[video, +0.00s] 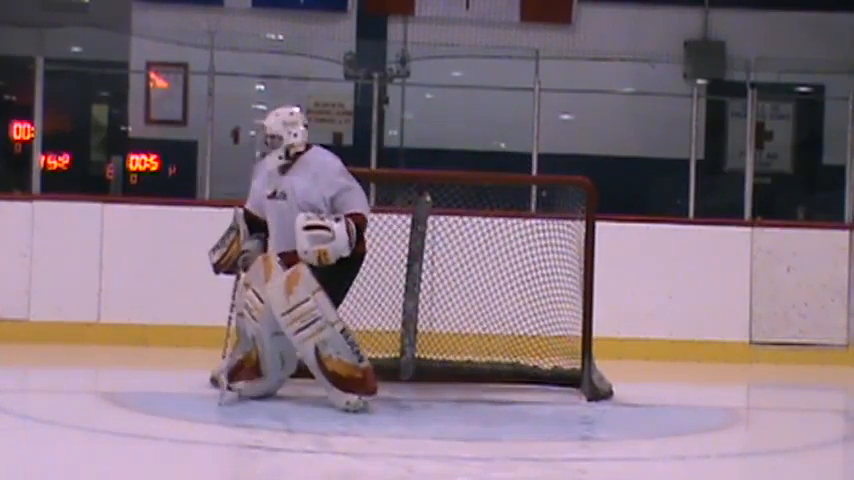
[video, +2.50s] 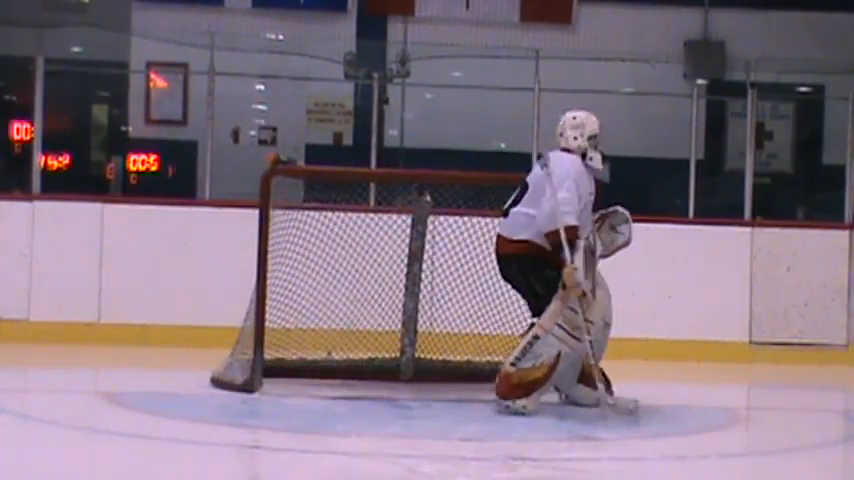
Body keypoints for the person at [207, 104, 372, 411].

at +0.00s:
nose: (268, 143)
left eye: (273, 138)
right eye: (267, 137)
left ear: (292, 137)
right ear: (267, 136)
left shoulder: (325, 165)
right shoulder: (266, 169)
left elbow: (357, 206)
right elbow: (254, 218)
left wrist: (343, 234)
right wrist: (235, 249)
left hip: (333, 256)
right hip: (285, 257)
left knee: (311, 316)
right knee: (263, 310)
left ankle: (353, 385)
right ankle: (255, 377)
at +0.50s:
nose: (410, 175)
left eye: (417, 169)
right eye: (403, 167)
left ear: (429, 170)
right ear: (390, 166)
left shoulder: (444, 206)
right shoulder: (359, 189)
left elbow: (461, 254)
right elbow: (324, 230)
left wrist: (474, 244)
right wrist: (310, 266)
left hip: (405, 278)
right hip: (354, 271)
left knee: (423, 328)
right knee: (321, 324)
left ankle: (441, 391)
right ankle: (282, 374)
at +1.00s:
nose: (452, 140)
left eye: (459, 134)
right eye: (445, 133)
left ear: (472, 137)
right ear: (434, 135)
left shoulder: (494, 176)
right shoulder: (403, 169)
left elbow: (521, 242)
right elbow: (369, 221)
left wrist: (513, 236)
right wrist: (348, 267)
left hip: (466, 271)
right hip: (407, 265)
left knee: (472, 344)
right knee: (379, 339)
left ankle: (500, 418)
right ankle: (349, 410)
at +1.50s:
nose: (483, 130)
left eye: (484, 123)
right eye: (478, 123)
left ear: (461, 124)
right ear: (461, 122)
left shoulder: (468, 166)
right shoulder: (438, 151)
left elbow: (462, 224)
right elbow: (434, 214)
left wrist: (492, 225)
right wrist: (444, 265)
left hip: (415, 253)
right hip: (389, 249)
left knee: (425, 328)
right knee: (408, 331)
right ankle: (364, 405)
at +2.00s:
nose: (541, 176)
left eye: (512, 167)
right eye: (540, 171)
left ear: (505, 171)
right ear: (539, 174)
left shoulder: (490, 189)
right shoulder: (543, 195)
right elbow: (561, 248)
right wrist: (572, 290)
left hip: (444, 257)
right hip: (487, 268)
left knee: (453, 333)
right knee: (476, 337)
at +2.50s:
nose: (598, 143)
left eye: (597, 138)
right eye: (595, 138)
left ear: (564, 136)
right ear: (587, 139)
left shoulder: (559, 163)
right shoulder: (568, 166)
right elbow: (566, 218)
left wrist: (594, 232)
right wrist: (570, 263)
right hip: (525, 250)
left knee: (558, 315)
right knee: (562, 314)